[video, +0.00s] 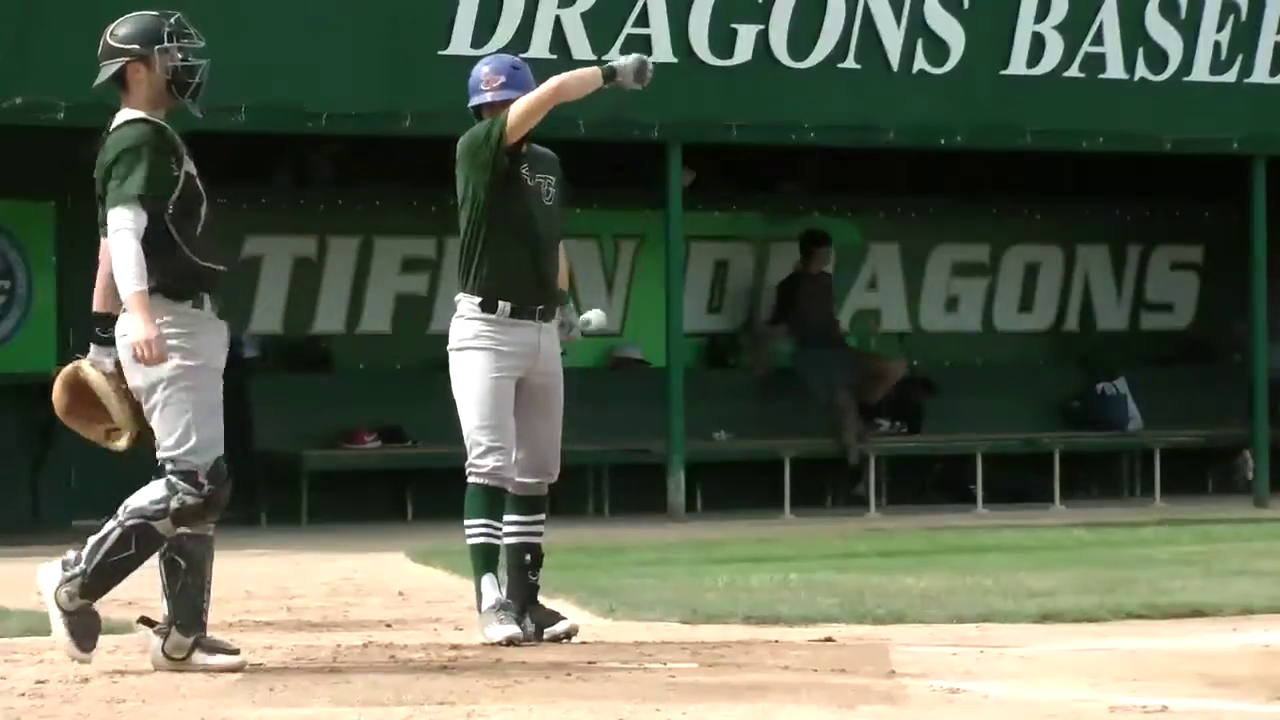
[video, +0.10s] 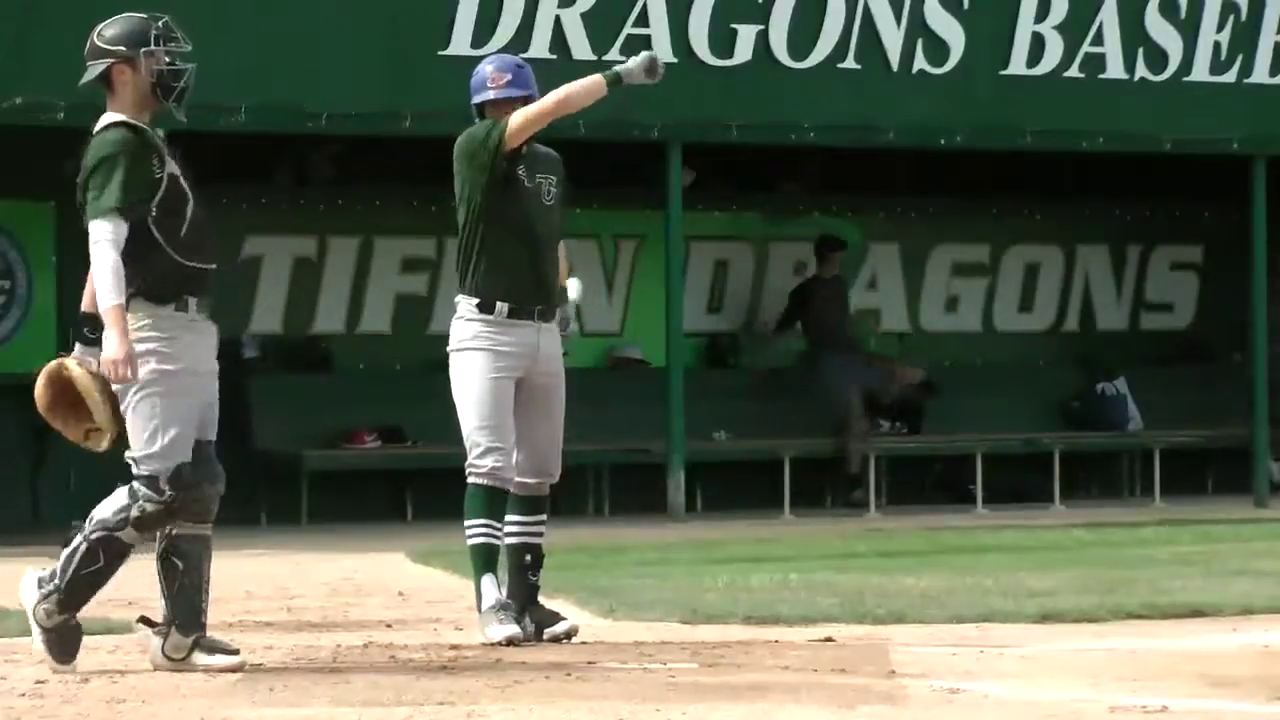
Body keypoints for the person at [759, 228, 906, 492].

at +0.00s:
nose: (827, 258)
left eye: (828, 252)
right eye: (823, 252)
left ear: (827, 253)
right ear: (809, 253)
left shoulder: (824, 281)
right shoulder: (790, 285)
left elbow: (826, 319)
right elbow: (778, 326)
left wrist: (840, 343)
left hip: (836, 356)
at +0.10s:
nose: (838, 263)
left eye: (838, 257)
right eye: (835, 257)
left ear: (824, 257)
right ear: (827, 257)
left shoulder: (839, 286)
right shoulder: (804, 291)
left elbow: (840, 323)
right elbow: (783, 326)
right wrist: (770, 335)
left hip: (849, 358)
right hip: (829, 362)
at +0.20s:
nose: (860, 264)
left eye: (861, 260)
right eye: (856, 259)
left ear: (852, 259)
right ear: (846, 258)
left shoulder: (855, 289)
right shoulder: (824, 291)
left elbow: (855, 327)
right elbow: (799, 325)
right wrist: (782, 348)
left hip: (862, 360)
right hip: (841, 363)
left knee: (919, 383)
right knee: (864, 416)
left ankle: (888, 419)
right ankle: (855, 482)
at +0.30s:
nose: (879, 266)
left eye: (880, 260)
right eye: (876, 260)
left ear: (870, 260)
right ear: (863, 259)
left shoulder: (868, 286)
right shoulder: (841, 286)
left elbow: (868, 323)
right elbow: (817, 327)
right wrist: (802, 353)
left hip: (874, 362)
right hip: (854, 364)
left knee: (928, 394)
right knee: (875, 419)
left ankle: (904, 441)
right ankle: (857, 483)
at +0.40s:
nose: (896, 265)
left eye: (897, 259)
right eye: (892, 259)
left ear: (887, 260)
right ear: (879, 257)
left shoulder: (879, 287)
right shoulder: (859, 286)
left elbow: (880, 330)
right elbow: (841, 330)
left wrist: (891, 360)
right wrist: (840, 367)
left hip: (885, 363)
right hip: (865, 365)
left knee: (928, 409)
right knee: (871, 427)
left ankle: (928, 474)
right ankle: (859, 486)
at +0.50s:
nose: (907, 263)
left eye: (909, 258)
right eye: (902, 258)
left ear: (907, 258)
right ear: (891, 257)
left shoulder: (901, 285)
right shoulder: (879, 285)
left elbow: (902, 322)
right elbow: (873, 327)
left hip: (897, 357)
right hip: (880, 358)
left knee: (922, 417)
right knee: (875, 422)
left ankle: (939, 473)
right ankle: (859, 480)